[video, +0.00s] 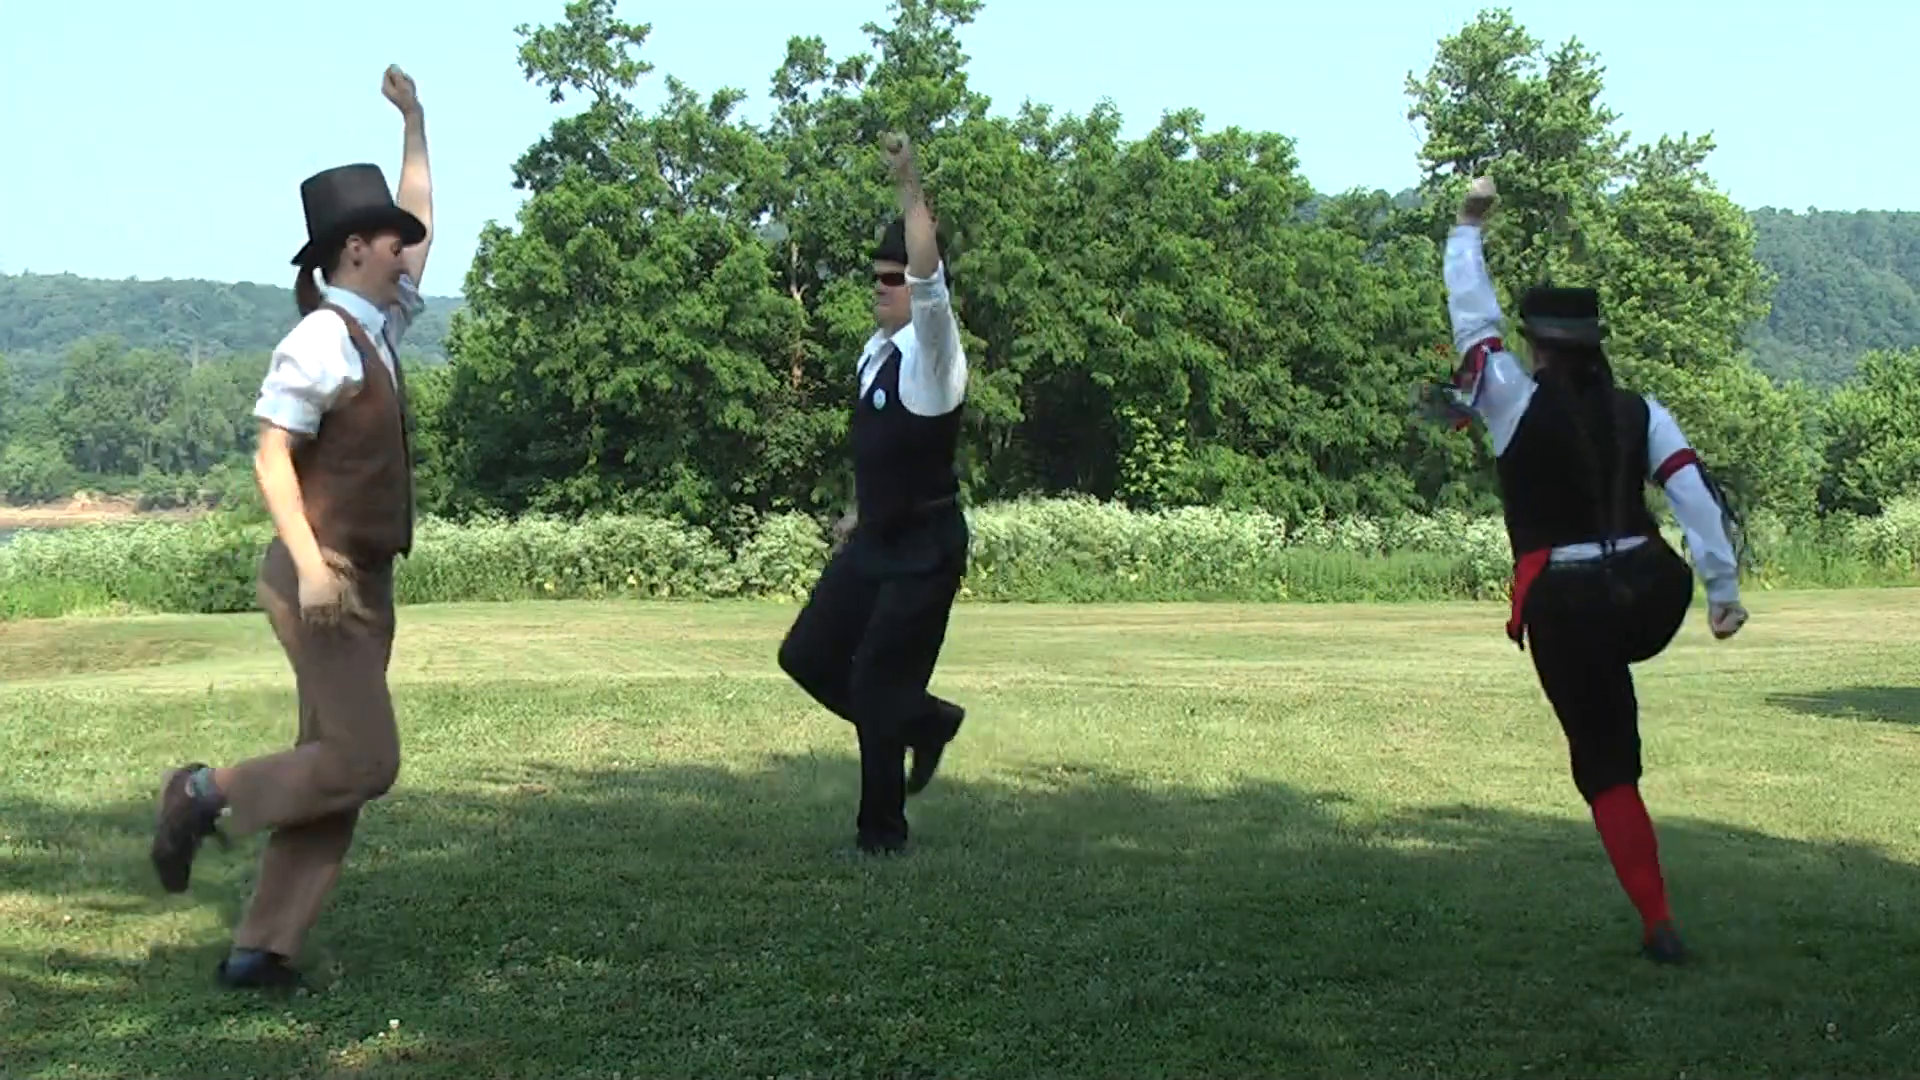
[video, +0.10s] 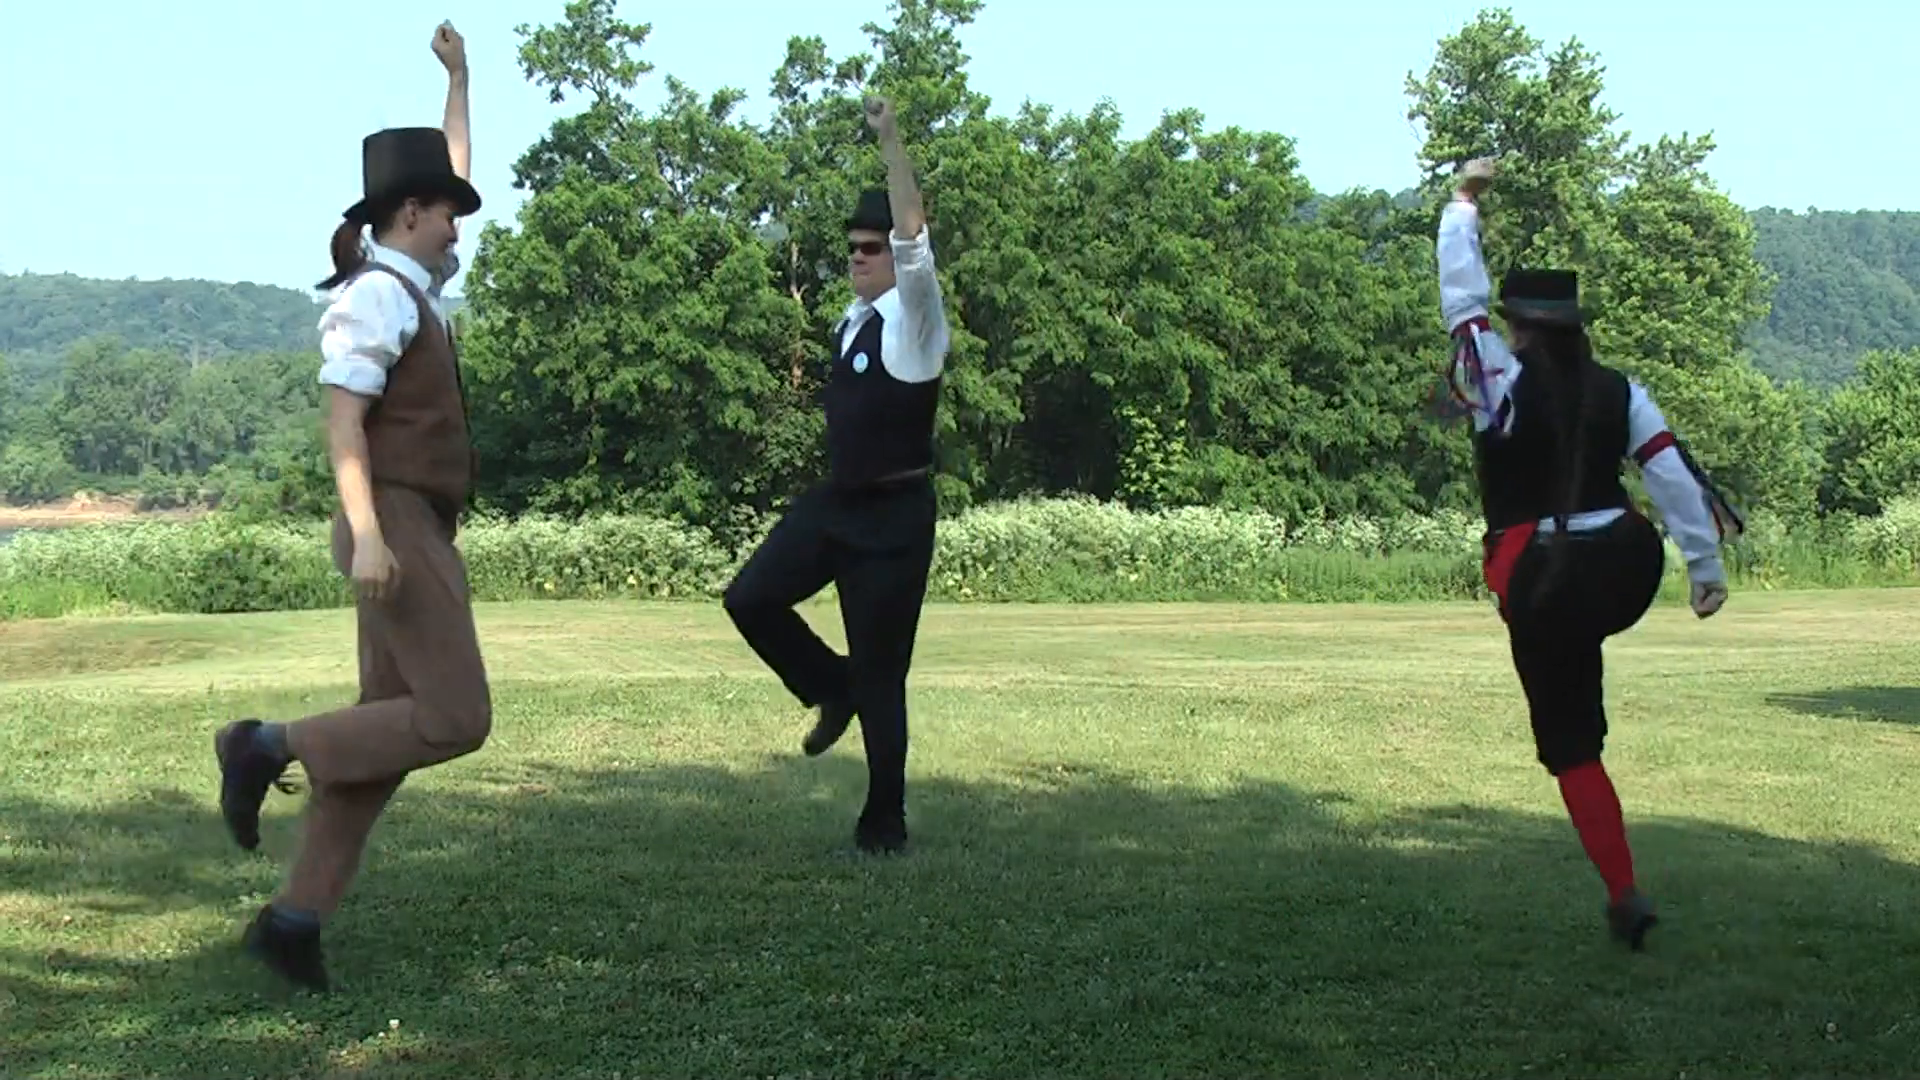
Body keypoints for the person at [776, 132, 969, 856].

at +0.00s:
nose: (880, 291)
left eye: (892, 282)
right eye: (876, 282)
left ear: (922, 289)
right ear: (876, 291)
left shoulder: (933, 356)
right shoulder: (875, 355)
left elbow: (926, 274)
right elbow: (882, 447)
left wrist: (911, 184)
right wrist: (862, 511)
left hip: (927, 544)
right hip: (873, 539)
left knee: (879, 688)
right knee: (805, 656)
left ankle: (881, 830)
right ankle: (928, 721)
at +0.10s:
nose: (860, 260)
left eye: (872, 249)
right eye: (853, 249)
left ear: (901, 255)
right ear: (847, 257)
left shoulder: (916, 321)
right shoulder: (853, 323)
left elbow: (913, 234)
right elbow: (860, 414)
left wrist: (890, 140)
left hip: (895, 514)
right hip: (833, 503)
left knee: (877, 676)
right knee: (749, 599)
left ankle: (884, 824)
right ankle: (834, 688)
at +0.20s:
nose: (840, 248)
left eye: (854, 237)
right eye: (834, 236)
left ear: (884, 243)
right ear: (825, 242)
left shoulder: (896, 307)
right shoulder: (820, 304)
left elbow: (901, 219)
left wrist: (880, 122)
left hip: (871, 501)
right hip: (808, 489)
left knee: (842, 663)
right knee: (729, 584)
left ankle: (857, 817)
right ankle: (781, 677)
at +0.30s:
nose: (820, 267)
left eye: (834, 256)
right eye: (811, 256)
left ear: (860, 263)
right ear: (798, 264)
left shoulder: (874, 324)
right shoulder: (786, 332)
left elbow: (889, 238)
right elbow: (780, 416)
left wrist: (877, 138)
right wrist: (778, 486)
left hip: (848, 521)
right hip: (783, 511)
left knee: (819, 681)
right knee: (714, 598)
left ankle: (814, 831)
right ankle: (745, 703)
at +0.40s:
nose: (799, 285)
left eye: (812, 274)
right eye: (788, 274)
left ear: (837, 280)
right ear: (775, 281)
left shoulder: (854, 346)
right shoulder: (756, 351)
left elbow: (879, 257)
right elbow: (738, 447)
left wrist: (865, 154)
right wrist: (725, 521)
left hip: (827, 541)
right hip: (759, 530)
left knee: (796, 699)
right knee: (694, 615)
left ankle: (812, 835)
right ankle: (697, 745)